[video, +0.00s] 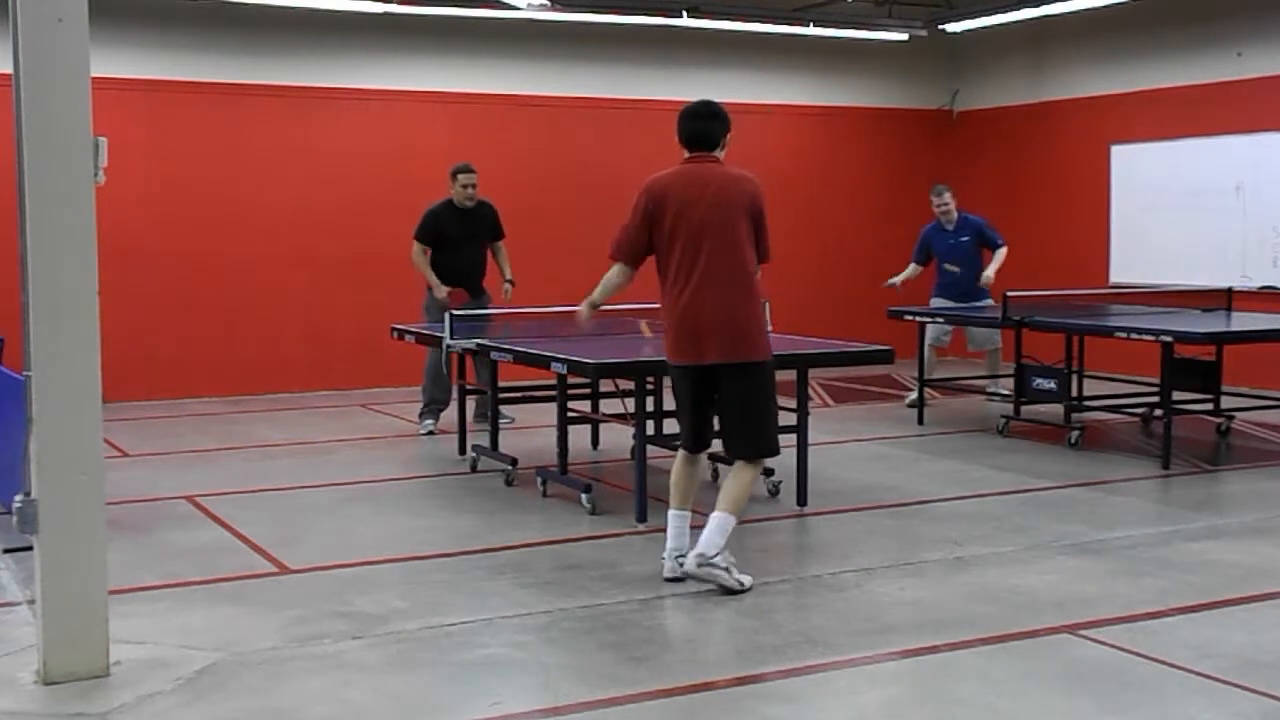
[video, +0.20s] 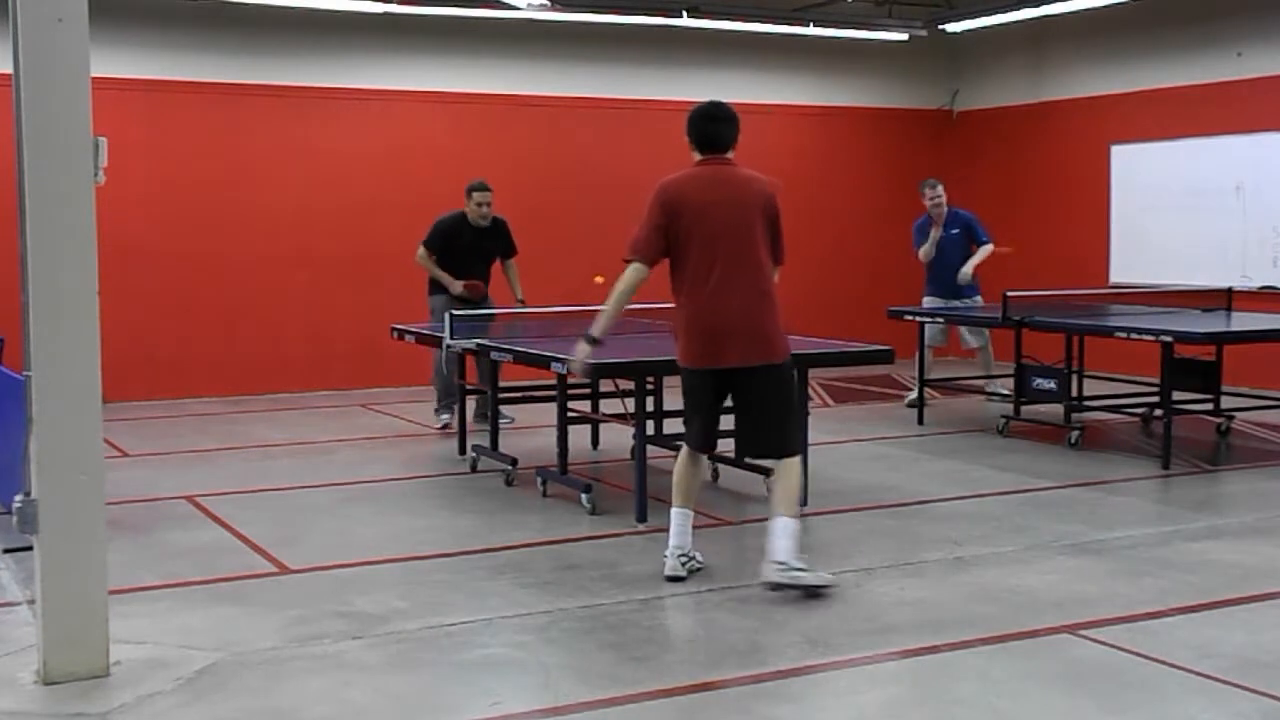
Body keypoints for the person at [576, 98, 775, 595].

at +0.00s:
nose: (730, 143)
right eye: (729, 136)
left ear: (680, 140)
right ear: (724, 140)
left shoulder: (657, 189)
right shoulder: (746, 187)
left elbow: (624, 267)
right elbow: (756, 259)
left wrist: (590, 303)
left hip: (684, 343)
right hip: (742, 343)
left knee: (691, 445)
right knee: (751, 454)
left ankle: (675, 554)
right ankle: (709, 550)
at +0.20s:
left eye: (689, 137)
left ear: (690, 142)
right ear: (735, 141)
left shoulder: (672, 192)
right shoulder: (761, 189)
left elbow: (636, 272)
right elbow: (772, 267)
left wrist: (591, 338)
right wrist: (740, 307)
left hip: (699, 345)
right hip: (762, 343)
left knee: (695, 444)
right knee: (787, 450)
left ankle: (678, 551)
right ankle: (782, 558)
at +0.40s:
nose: (722, 152)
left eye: (721, 145)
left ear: (722, 150)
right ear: (766, 149)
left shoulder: (708, 199)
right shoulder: (793, 199)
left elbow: (702, 276)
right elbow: (804, 282)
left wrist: (684, 356)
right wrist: (782, 333)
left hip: (727, 354)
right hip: (792, 356)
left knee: (706, 445)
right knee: (823, 463)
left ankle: (679, 551)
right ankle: (873, 570)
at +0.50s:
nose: (744, 153)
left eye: (744, 146)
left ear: (748, 150)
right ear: (792, 151)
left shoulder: (737, 198)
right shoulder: (820, 201)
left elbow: (744, 273)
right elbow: (828, 279)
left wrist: (737, 358)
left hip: (759, 361)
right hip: (820, 362)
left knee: (717, 450)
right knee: (842, 471)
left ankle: (681, 552)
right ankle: (901, 579)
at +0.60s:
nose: (773, 149)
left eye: (774, 142)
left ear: (777, 145)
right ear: (822, 145)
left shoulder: (769, 190)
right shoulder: (850, 196)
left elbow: (779, 263)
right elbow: (864, 274)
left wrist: (768, 350)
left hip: (785, 358)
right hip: (850, 359)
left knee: (732, 450)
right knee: (864, 476)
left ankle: (694, 548)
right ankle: (906, 587)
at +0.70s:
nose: (798, 145)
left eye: (799, 137)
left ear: (804, 139)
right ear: (848, 140)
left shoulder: (792, 182)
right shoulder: (874, 190)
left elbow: (791, 257)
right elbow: (894, 268)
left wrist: (763, 346)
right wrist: (844, 256)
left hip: (804, 354)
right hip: (869, 356)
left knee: (750, 454)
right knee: (873, 475)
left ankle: (724, 569)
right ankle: (908, 589)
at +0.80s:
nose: (820, 138)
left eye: (820, 130)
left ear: (824, 134)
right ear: (871, 136)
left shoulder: (803, 180)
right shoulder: (897, 190)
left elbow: (785, 256)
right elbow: (915, 269)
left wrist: (748, 340)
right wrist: (871, 284)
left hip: (811, 354)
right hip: (882, 357)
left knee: (773, 467)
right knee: (882, 474)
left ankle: (767, 589)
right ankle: (909, 590)